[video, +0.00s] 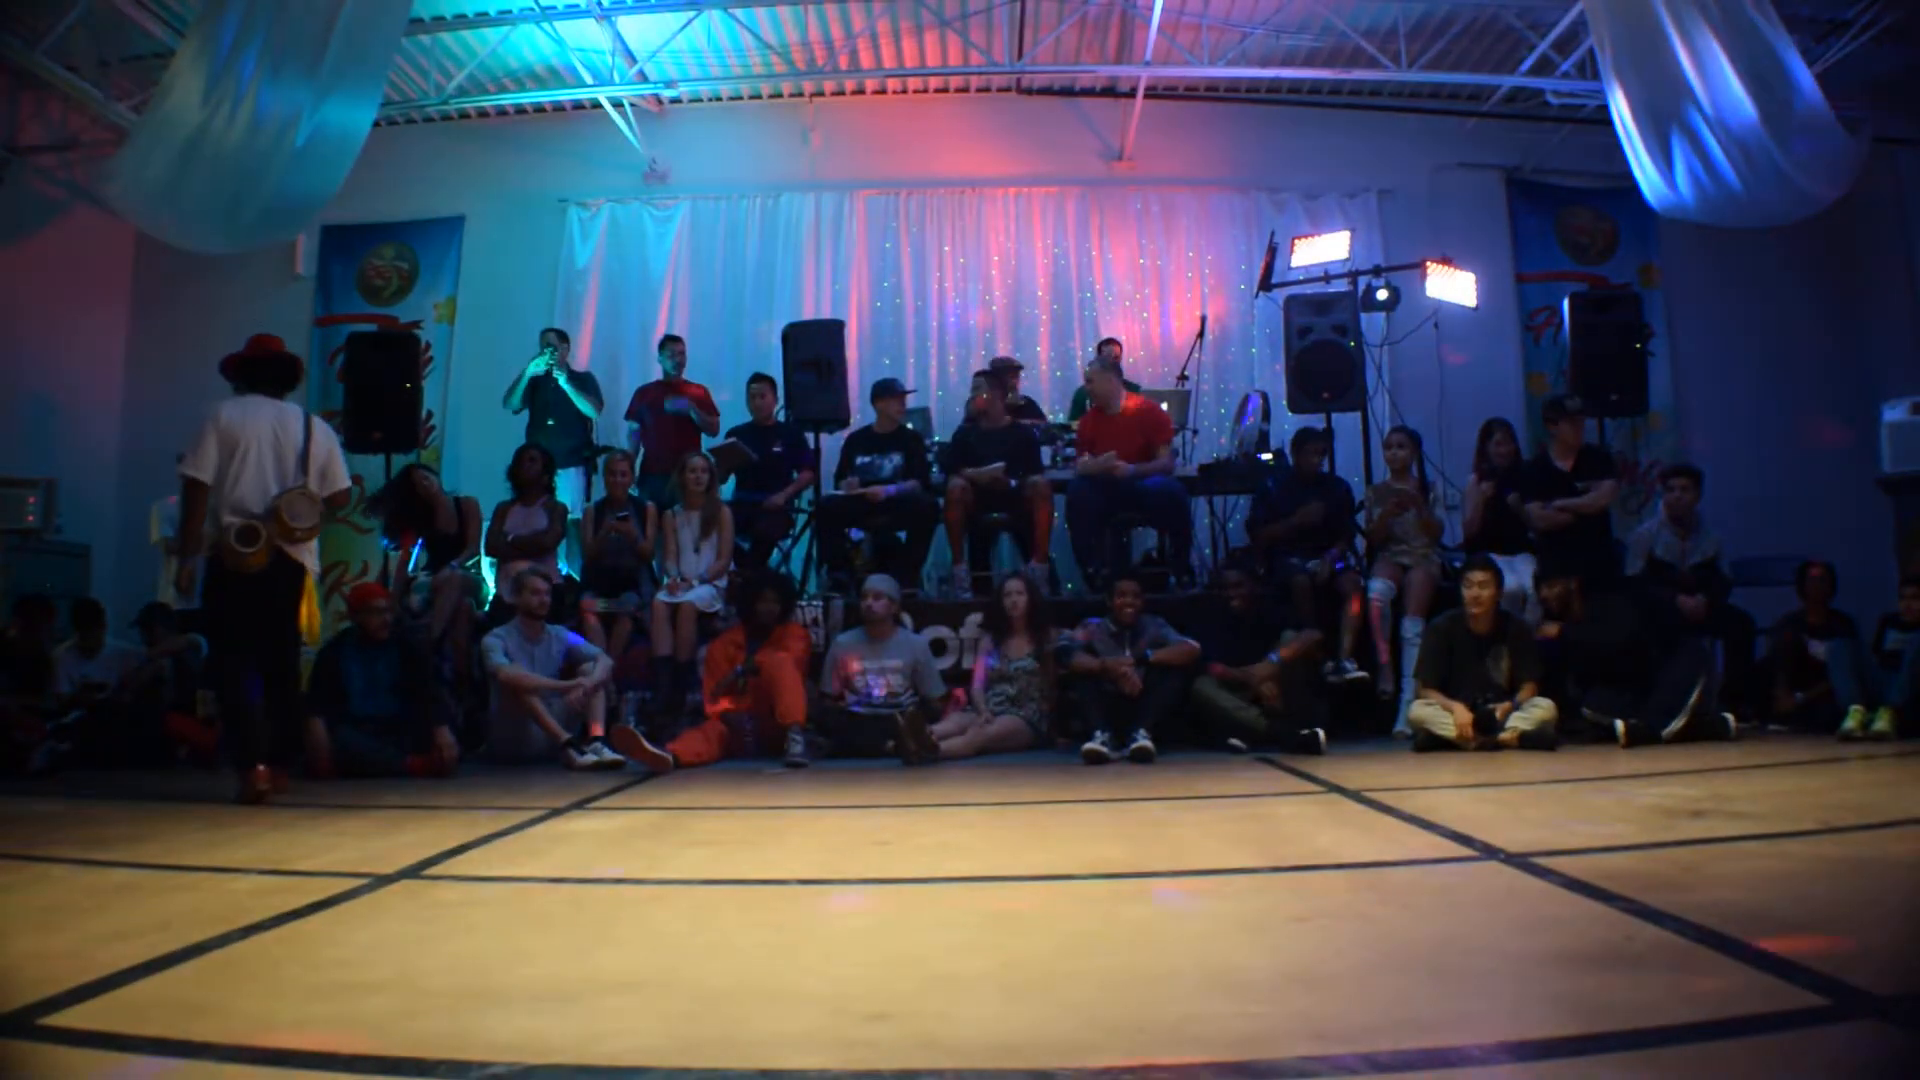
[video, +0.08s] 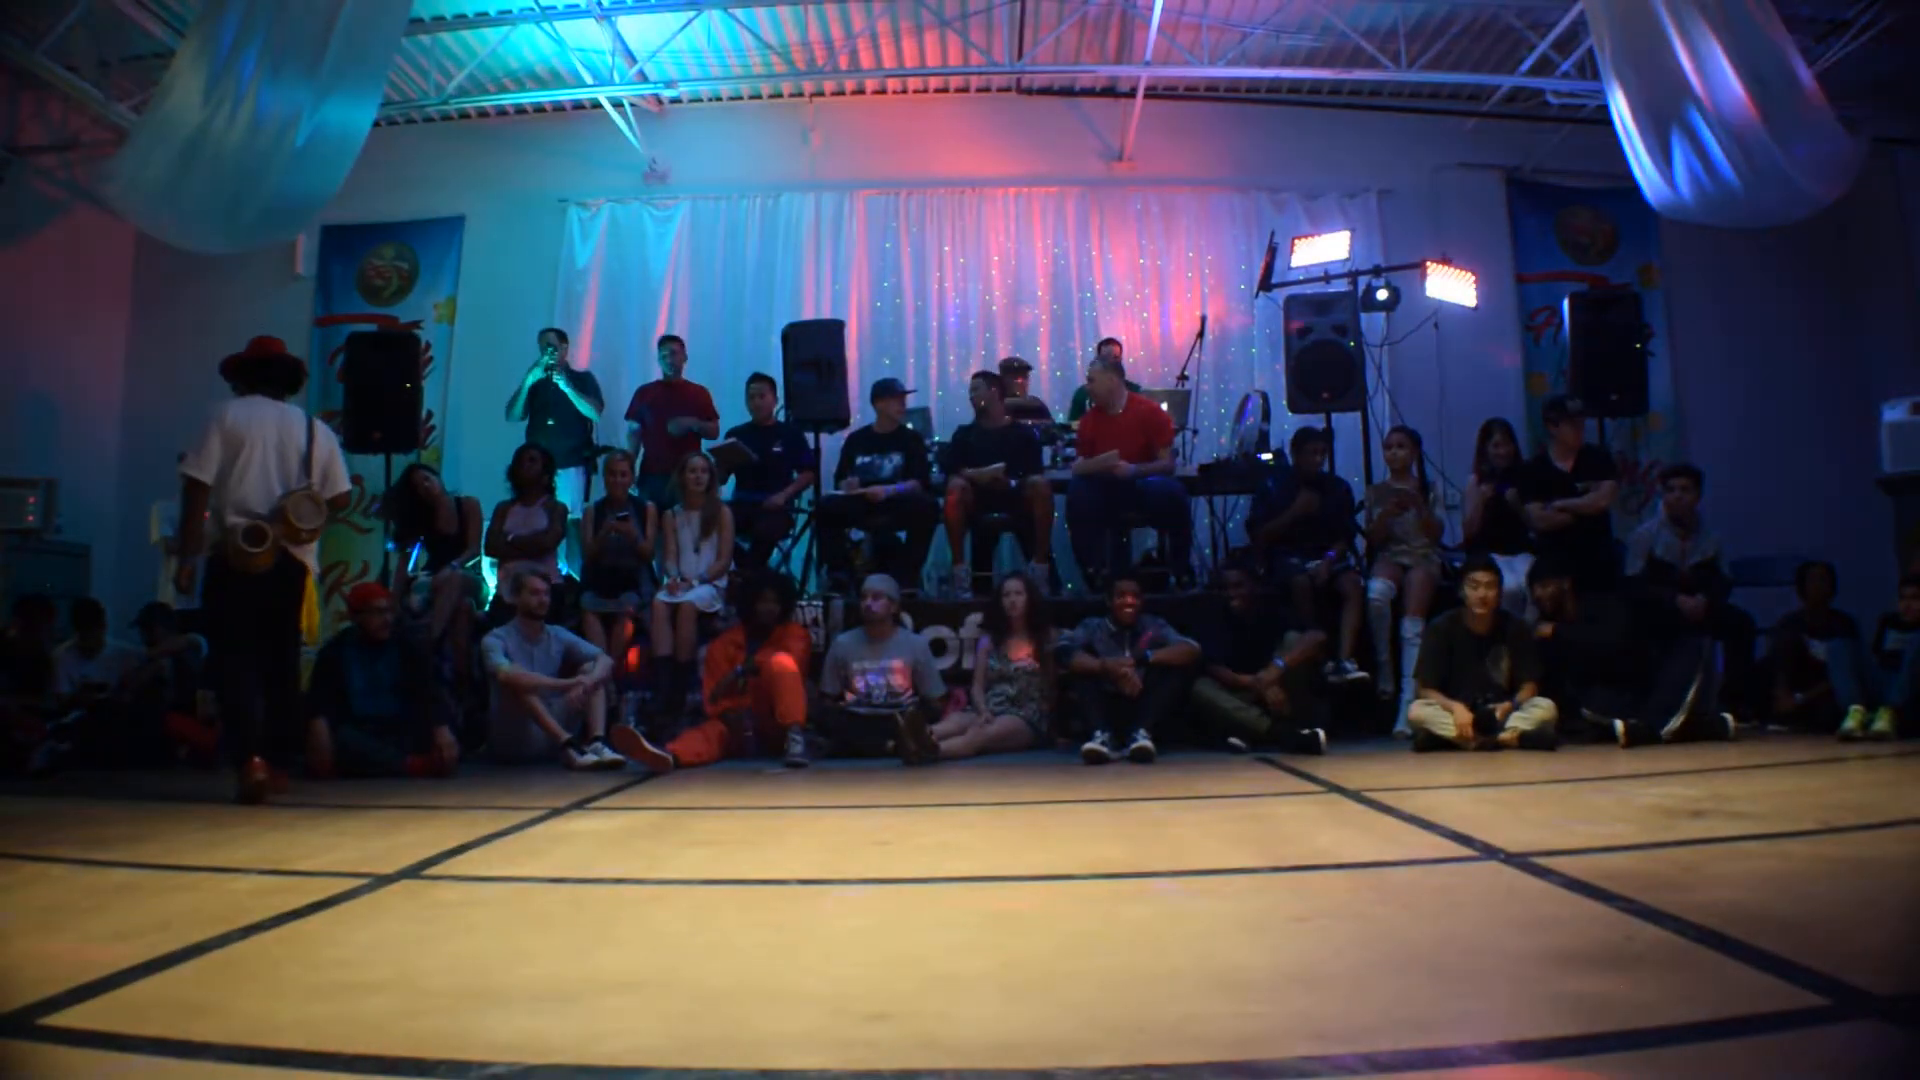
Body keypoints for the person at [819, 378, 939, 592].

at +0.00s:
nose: (902, 405)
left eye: (903, 400)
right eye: (896, 400)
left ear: (905, 402)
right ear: (878, 404)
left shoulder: (912, 439)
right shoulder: (855, 440)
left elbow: (921, 481)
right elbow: (840, 480)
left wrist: (888, 491)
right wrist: (848, 485)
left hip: (898, 502)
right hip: (861, 502)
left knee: (927, 508)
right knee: (826, 507)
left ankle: (908, 578)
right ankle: (839, 576)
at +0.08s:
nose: (902, 405)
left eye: (903, 400)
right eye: (896, 400)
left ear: (905, 402)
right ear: (878, 404)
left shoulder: (912, 439)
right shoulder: (856, 439)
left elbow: (921, 482)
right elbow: (840, 480)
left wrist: (887, 491)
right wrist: (848, 485)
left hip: (898, 502)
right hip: (861, 502)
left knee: (927, 508)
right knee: (826, 507)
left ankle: (908, 579)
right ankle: (840, 577)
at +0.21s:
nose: (902, 404)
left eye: (903, 399)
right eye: (896, 399)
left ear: (904, 402)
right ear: (877, 404)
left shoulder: (912, 439)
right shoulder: (855, 440)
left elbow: (921, 482)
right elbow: (840, 481)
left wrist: (889, 490)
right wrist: (850, 485)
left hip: (898, 501)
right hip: (862, 501)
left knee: (926, 507)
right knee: (826, 507)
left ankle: (907, 579)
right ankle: (840, 578)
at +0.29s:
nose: (902, 405)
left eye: (902, 399)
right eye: (895, 400)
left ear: (904, 402)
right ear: (877, 404)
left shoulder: (912, 439)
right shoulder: (856, 440)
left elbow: (921, 482)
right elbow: (840, 482)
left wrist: (889, 490)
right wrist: (850, 485)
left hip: (898, 502)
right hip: (861, 502)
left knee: (927, 508)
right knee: (826, 507)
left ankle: (908, 579)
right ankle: (840, 577)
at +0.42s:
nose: (900, 405)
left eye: (901, 399)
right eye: (894, 400)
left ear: (903, 401)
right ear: (876, 404)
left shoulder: (911, 439)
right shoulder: (855, 440)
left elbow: (921, 481)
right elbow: (840, 481)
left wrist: (888, 490)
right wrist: (850, 485)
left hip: (899, 502)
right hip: (861, 502)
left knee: (927, 508)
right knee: (826, 507)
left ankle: (908, 579)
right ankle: (840, 577)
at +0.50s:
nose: (900, 405)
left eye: (901, 400)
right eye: (893, 400)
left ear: (902, 401)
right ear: (876, 404)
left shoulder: (911, 439)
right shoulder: (855, 440)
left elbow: (921, 482)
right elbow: (840, 481)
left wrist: (888, 491)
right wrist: (849, 484)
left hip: (898, 502)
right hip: (861, 502)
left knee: (927, 508)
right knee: (826, 507)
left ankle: (908, 579)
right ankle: (839, 576)